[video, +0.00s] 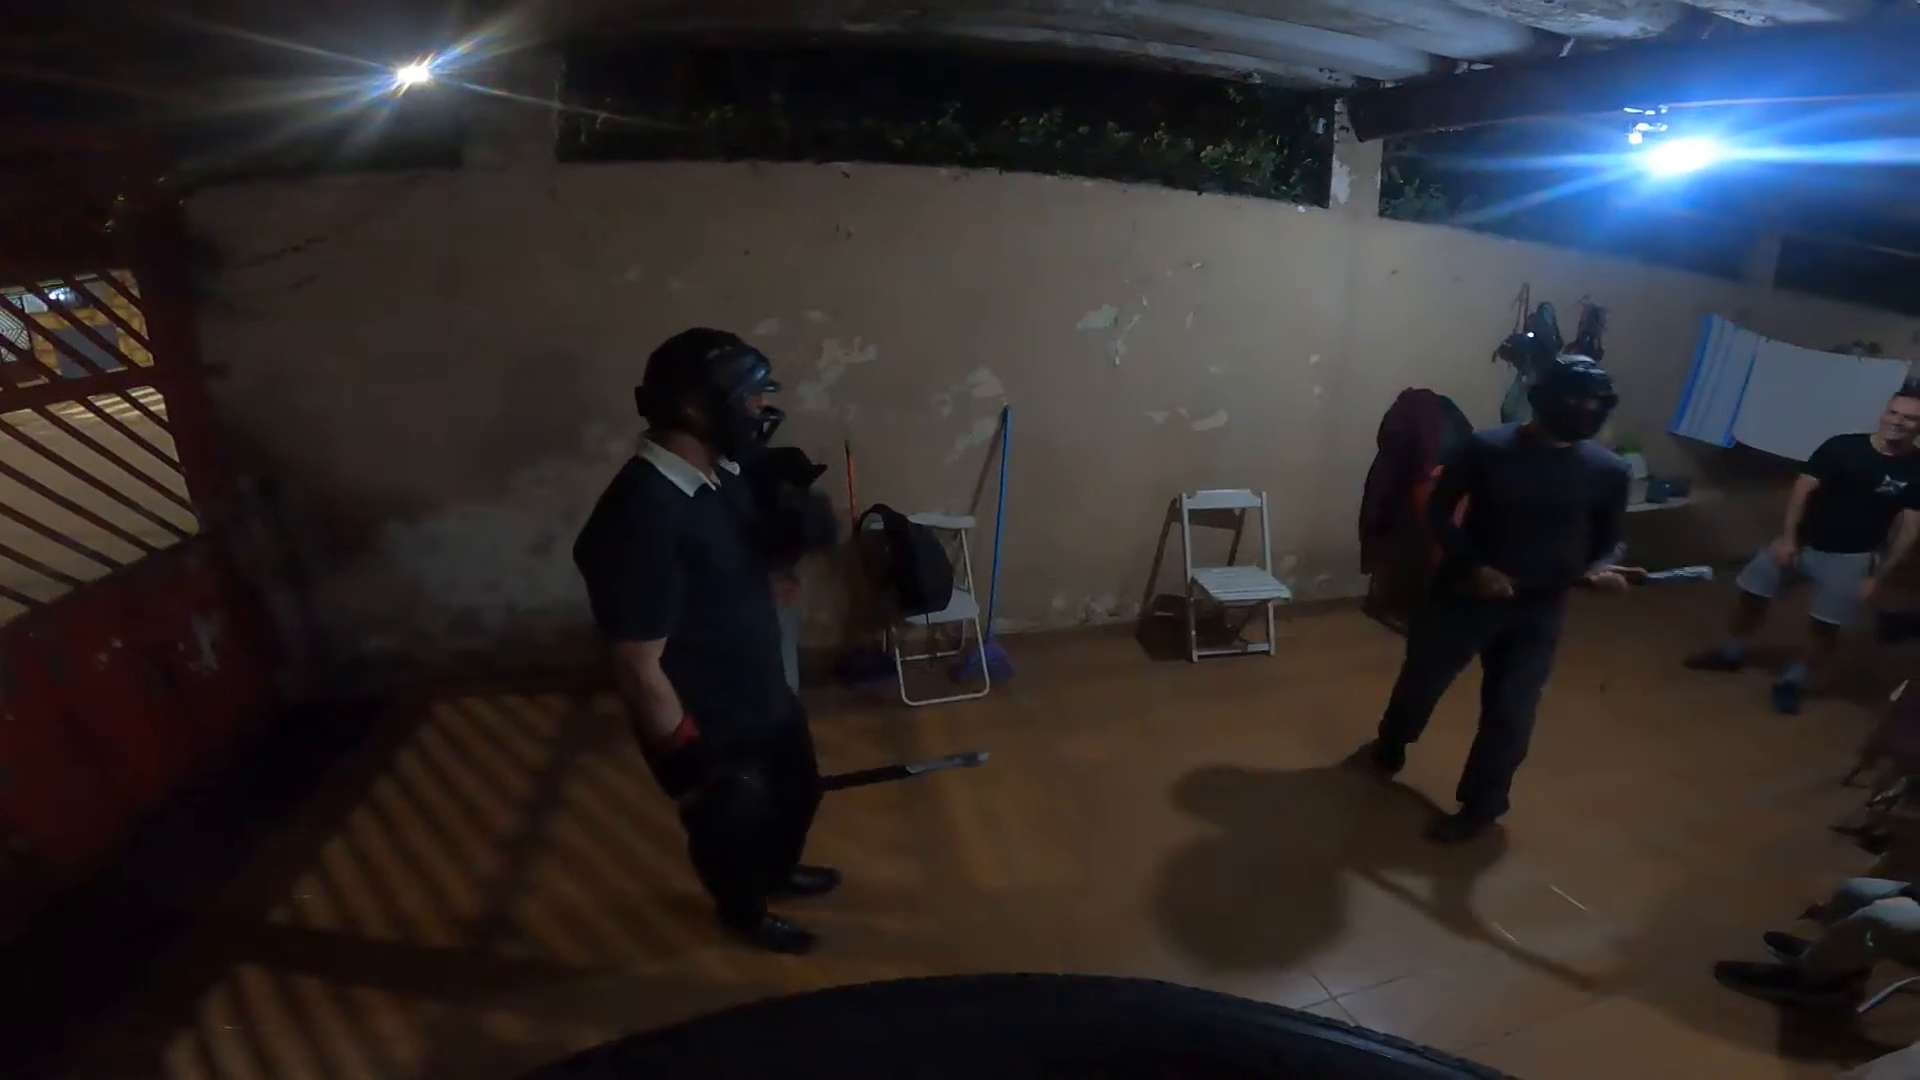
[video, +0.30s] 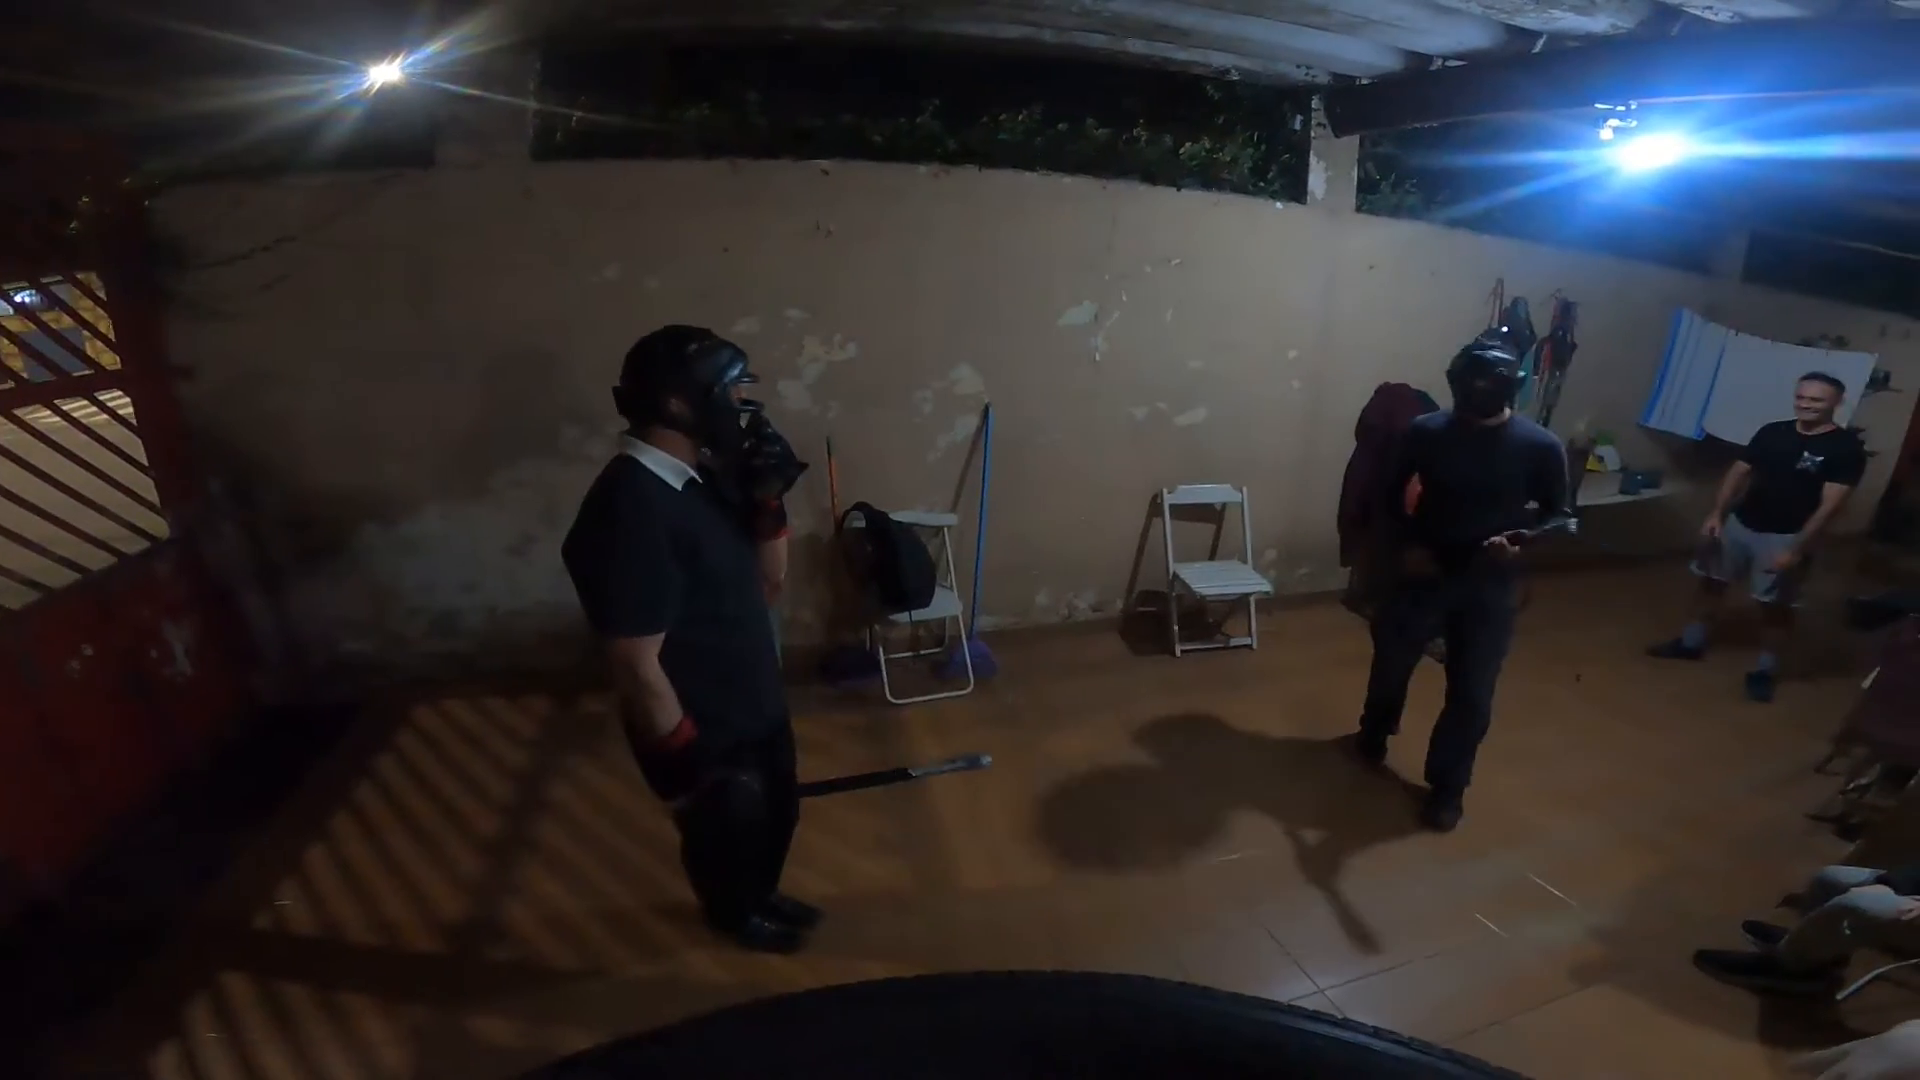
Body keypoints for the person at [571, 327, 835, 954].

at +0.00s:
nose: (760, 408)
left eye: (759, 392)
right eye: (743, 393)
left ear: (696, 409)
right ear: (692, 407)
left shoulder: (726, 478)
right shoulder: (631, 517)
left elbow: (768, 581)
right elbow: (638, 666)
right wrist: (692, 754)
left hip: (763, 686)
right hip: (706, 711)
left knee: (795, 785)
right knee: (736, 815)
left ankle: (775, 867)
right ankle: (742, 912)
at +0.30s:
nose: (738, 403)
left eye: (737, 386)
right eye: (720, 388)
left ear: (679, 405)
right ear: (673, 404)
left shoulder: (705, 478)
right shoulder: (623, 510)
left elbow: (766, 587)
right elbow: (636, 664)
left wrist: (766, 502)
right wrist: (686, 753)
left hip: (755, 696)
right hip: (702, 718)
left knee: (772, 808)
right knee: (726, 823)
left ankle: (760, 894)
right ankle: (732, 913)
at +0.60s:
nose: (716, 399)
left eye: (712, 384)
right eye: (699, 387)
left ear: (652, 410)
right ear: (650, 408)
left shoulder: (677, 483)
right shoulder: (606, 513)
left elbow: (751, 584)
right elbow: (634, 665)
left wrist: (746, 504)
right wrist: (723, 727)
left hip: (733, 699)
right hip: (683, 723)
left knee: (745, 817)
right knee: (709, 826)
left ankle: (738, 902)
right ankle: (715, 918)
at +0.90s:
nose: (589, 401)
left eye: (587, 384)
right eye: (568, 387)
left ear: (518, 408)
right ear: (512, 406)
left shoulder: (558, 481)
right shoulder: (473, 517)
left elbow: (655, 571)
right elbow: (526, 668)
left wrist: (635, 493)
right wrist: (643, 706)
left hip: (625, 693)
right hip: (566, 722)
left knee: (648, 814)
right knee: (608, 829)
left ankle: (645, 908)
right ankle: (621, 925)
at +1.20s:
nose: (637, 376)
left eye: (629, 360)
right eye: (614, 367)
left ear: (568, 397)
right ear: (565, 395)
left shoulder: (596, 471)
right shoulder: (526, 504)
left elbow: (623, 577)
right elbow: (555, 662)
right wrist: (650, 722)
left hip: (650, 695)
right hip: (600, 721)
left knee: (666, 817)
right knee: (632, 828)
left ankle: (668, 901)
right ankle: (643, 921)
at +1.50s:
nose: (684, 383)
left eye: (679, 368)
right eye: (665, 373)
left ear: (620, 398)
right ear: (620, 397)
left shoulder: (631, 466)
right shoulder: (588, 498)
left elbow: (635, 542)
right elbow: (616, 655)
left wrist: (692, 530)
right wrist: (713, 700)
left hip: (668, 689)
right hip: (633, 710)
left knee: (694, 788)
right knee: (666, 815)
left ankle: (695, 866)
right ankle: (662, 914)